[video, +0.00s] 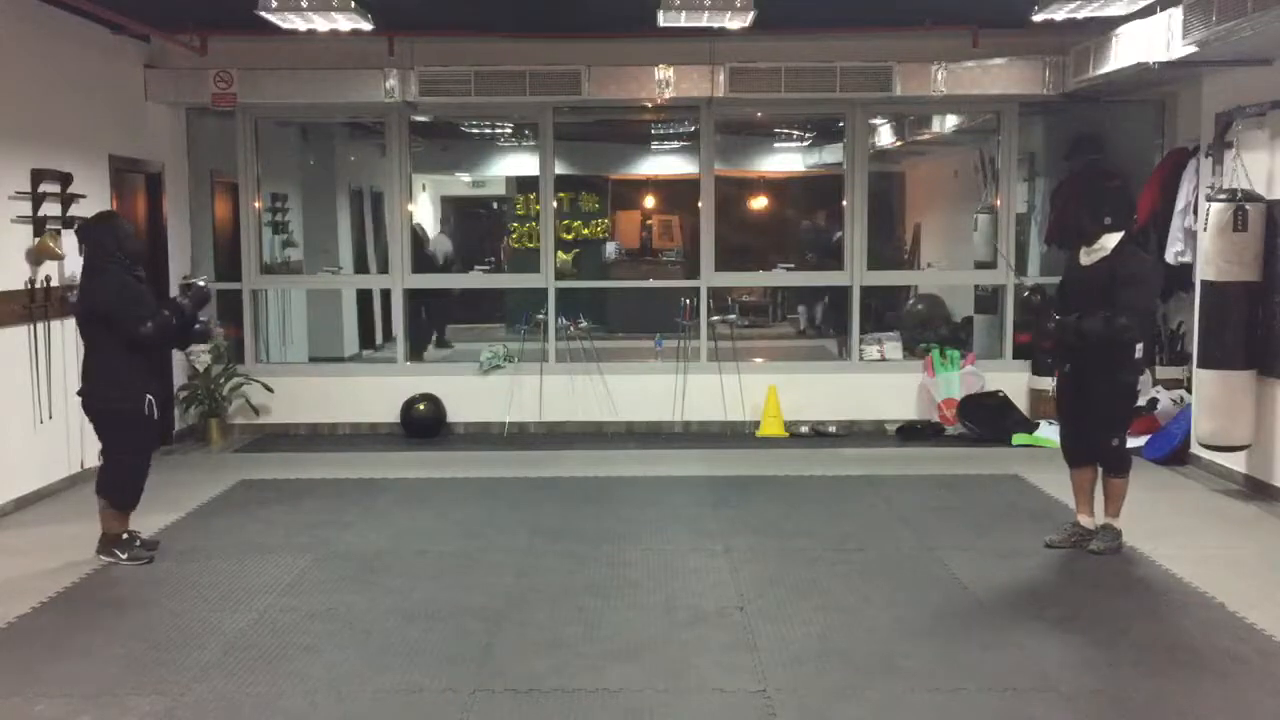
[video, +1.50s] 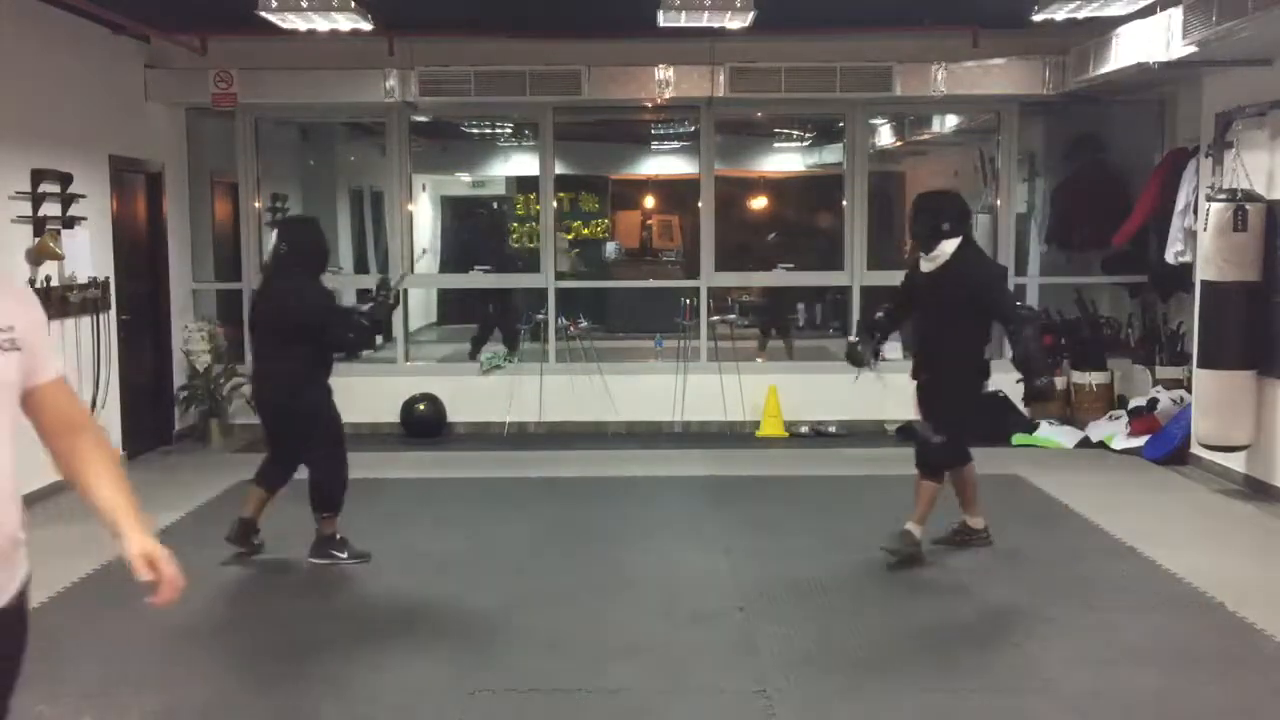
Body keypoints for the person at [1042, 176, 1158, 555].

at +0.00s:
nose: (1066, 222)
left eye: (1073, 213)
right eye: (1066, 213)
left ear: (1094, 212)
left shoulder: (1132, 260)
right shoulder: (1078, 258)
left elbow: (1133, 324)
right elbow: (1065, 310)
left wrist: (1074, 328)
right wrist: (1054, 324)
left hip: (1116, 368)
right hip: (1077, 366)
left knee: (1113, 444)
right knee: (1077, 442)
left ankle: (1111, 527)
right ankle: (1084, 523)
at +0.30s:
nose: (1060, 219)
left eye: (1066, 212)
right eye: (1061, 211)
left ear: (1089, 215)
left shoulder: (1123, 261)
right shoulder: (1071, 260)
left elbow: (1127, 322)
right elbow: (1058, 309)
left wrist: (1061, 329)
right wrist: (1033, 311)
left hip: (1108, 374)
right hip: (1067, 371)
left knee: (1108, 448)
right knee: (1051, 443)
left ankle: (1110, 526)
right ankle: (1062, 523)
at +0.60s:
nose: (1038, 231)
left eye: (1044, 223)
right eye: (1037, 223)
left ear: (1065, 223)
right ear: (1043, 226)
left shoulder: (1099, 265)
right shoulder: (1043, 271)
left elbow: (1104, 324)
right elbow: (1031, 322)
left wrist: (1053, 334)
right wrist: (1008, 324)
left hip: (1087, 373)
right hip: (1046, 371)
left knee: (1097, 450)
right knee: (1016, 439)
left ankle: (1108, 527)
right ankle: (987, 517)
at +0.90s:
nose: (978, 235)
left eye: (984, 226)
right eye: (979, 227)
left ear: (1007, 227)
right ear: (1003, 229)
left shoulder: (1043, 265)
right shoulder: (992, 274)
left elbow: (1046, 324)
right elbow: (987, 325)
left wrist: (991, 339)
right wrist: (959, 330)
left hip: (1041, 375)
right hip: (1002, 375)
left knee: (1059, 448)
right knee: (979, 442)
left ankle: (1098, 520)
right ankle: (975, 524)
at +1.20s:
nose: (946, 228)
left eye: (952, 220)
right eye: (946, 220)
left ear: (974, 221)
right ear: (975, 221)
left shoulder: (1011, 266)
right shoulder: (955, 265)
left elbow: (1016, 328)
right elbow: (930, 306)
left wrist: (999, 372)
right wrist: (892, 320)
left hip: (999, 372)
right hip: (964, 371)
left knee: (995, 447)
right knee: (968, 447)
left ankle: (1033, 509)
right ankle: (975, 523)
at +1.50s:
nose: (913, 231)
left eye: (918, 223)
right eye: (914, 224)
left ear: (940, 225)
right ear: (946, 225)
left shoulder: (980, 270)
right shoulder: (924, 265)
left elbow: (1014, 321)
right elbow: (902, 304)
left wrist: (1033, 370)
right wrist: (873, 331)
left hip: (962, 372)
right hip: (929, 371)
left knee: (933, 446)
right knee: (952, 448)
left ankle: (913, 531)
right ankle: (974, 524)